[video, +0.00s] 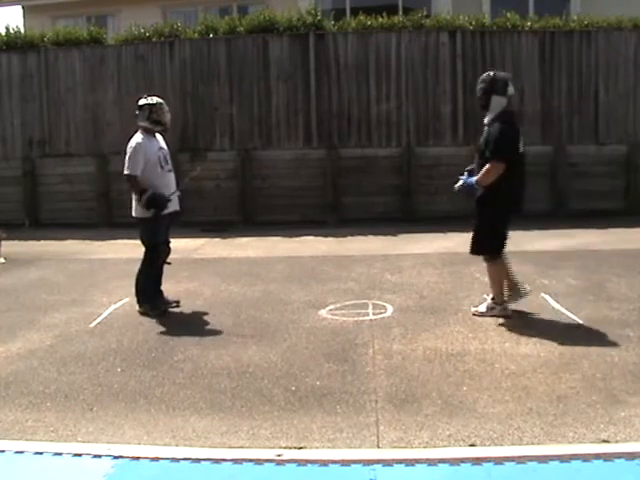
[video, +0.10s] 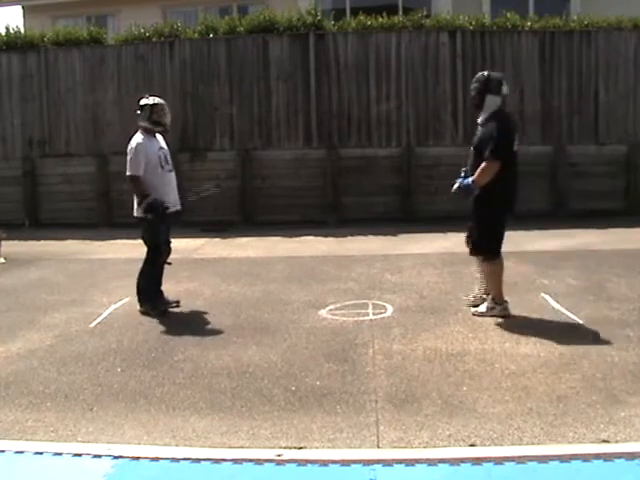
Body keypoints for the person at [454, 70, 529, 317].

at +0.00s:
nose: (479, 97)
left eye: (482, 92)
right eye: (480, 92)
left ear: (492, 95)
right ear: (500, 96)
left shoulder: (502, 125)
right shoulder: (496, 122)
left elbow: (498, 164)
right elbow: (490, 157)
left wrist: (476, 183)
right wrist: (474, 171)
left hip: (499, 196)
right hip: (497, 195)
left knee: (489, 247)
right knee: (492, 244)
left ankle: (497, 300)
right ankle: (511, 286)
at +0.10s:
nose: (472, 96)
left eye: (476, 91)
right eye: (473, 90)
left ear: (488, 94)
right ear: (490, 95)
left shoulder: (499, 123)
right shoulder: (487, 121)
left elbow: (494, 162)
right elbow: (481, 155)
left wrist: (472, 182)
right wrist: (468, 173)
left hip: (496, 195)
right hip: (487, 193)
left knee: (488, 245)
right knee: (477, 241)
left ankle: (497, 300)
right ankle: (487, 289)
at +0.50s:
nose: (441, 102)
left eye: (445, 97)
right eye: (441, 97)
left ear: (458, 99)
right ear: (456, 99)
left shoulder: (476, 126)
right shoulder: (453, 127)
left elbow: (486, 157)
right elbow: (457, 162)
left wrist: (470, 185)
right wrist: (444, 181)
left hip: (475, 196)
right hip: (456, 195)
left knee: (473, 248)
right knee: (452, 244)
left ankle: (495, 298)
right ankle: (451, 290)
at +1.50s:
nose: (447, 101)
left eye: (452, 96)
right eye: (447, 96)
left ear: (467, 98)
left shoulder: (481, 124)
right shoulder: (456, 123)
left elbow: (484, 161)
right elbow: (448, 151)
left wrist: (451, 165)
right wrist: (433, 157)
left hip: (478, 200)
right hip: (457, 197)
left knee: (479, 247)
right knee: (444, 241)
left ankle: (486, 295)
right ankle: (436, 287)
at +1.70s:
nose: (441, 103)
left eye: (447, 98)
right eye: (442, 98)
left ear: (459, 100)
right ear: (450, 100)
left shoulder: (470, 126)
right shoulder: (443, 122)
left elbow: (472, 164)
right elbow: (421, 129)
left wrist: (444, 169)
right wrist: (410, 136)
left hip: (465, 196)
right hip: (447, 194)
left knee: (470, 247)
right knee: (439, 243)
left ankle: (485, 295)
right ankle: (433, 289)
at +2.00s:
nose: (422, 100)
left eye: (426, 97)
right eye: (424, 97)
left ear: (437, 101)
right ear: (443, 101)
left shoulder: (443, 127)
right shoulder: (446, 120)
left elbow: (438, 164)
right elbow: (426, 98)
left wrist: (414, 165)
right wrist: (403, 102)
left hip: (441, 193)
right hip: (435, 191)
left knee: (439, 243)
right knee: (432, 242)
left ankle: (474, 286)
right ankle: (432, 289)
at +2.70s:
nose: (427, 101)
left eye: (431, 96)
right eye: (427, 96)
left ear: (443, 100)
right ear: (441, 100)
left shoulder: (455, 125)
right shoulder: (437, 123)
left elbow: (454, 164)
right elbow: (411, 122)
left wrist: (424, 159)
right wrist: (388, 110)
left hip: (451, 198)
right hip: (438, 196)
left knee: (459, 247)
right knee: (432, 243)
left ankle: (483, 293)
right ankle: (431, 290)